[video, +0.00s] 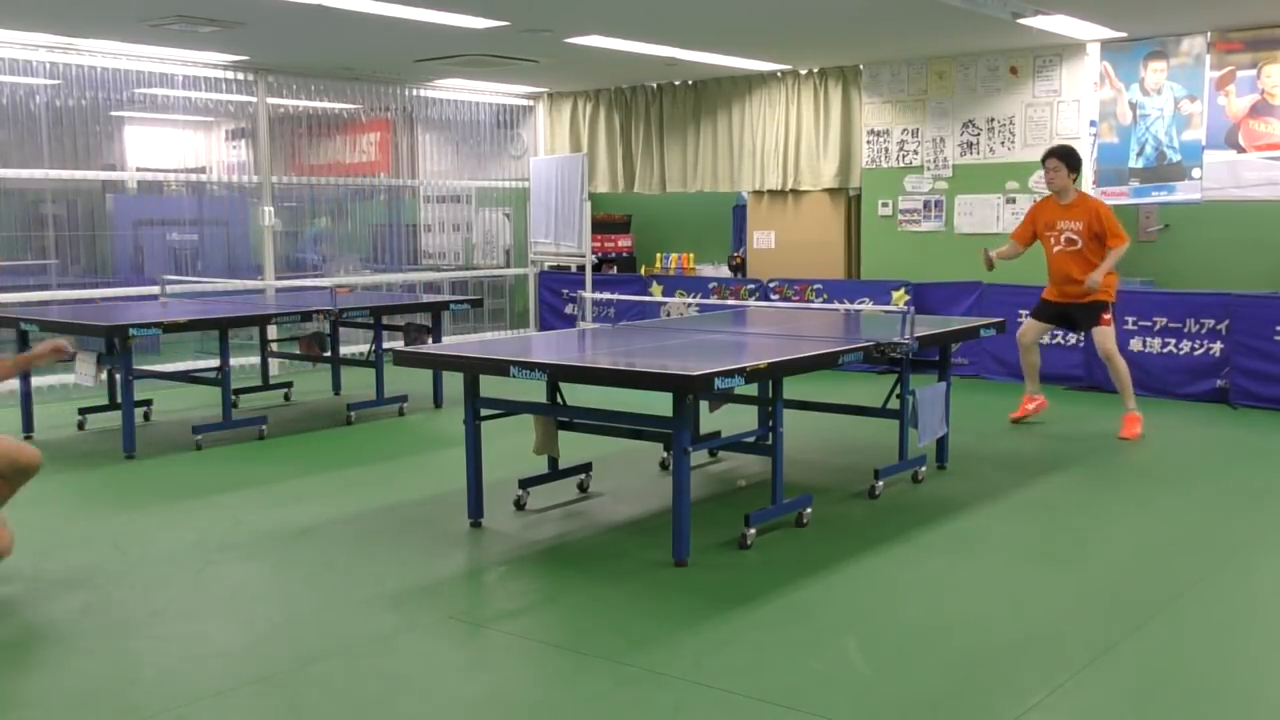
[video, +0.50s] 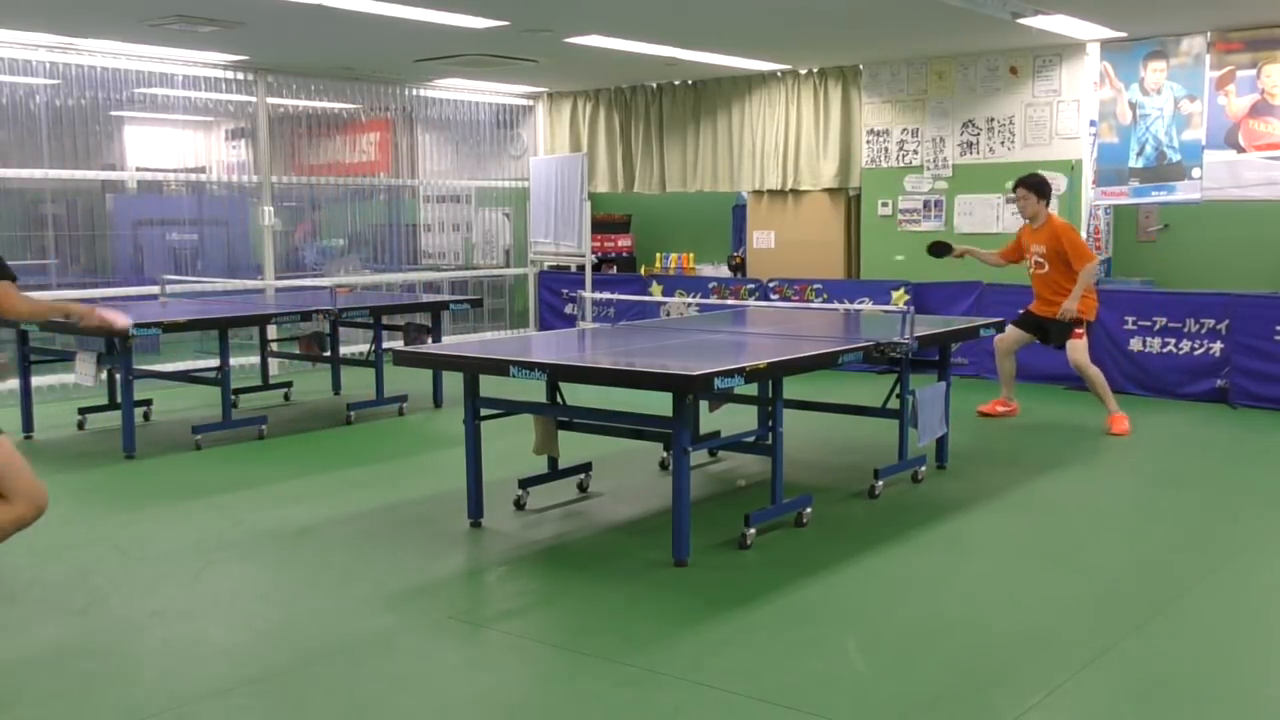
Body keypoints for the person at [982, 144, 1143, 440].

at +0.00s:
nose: (1048, 177)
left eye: (1054, 171)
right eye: (1046, 172)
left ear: (1072, 173)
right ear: (1044, 175)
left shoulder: (1095, 208)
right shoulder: (1040, 209)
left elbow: (1121, 242)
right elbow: (1017, 245)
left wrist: (1101, 271)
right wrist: (996, 255)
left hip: (1094, 295)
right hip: (1057, 295)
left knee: (1107, 350)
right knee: (1026, 338)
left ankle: (1132, 411)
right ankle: (1033, 396)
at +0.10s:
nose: (1038, 182)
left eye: (1044, 176)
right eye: (1035, 177)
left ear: (1062, 178)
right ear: (1033, 180)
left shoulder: (1084, 212)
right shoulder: (1033, 216)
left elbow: (1110, 246)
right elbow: (1021, 255)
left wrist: (1081, 272)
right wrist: (1000, 270)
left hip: (1087, 298)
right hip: (1050, 296)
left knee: (1094, 355)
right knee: (1020, 339)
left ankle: (1122, 410)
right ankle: (1010, 395)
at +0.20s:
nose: (1026, 198)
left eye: (1032, 193)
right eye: (1024, 193)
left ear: (1050, 195)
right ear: (1023, 195)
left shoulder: (1071, 227)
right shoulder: (1031, 232)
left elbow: (1097, 263)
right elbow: (1026, 270)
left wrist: (1072, 292)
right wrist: (1001, 288)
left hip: (1077, 309)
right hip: (1042, 308)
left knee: (1084, 363)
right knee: (1008, 350)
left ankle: (1120, 413)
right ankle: (1008, 402)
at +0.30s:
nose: (1014, 208)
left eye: (1019, 202)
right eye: (1012, 203)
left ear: (1037, 203)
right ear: (1013, 205)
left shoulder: (1059, 233)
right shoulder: (1026, 236)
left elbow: (1092, 268)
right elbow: (1028, 272)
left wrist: (1083, 307)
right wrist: (1002, 288)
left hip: (1071, 314)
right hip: (1038, 312)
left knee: (1079, 363)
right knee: (1001, 350)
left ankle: (1118, 413)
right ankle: (1006, 402)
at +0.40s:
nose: (1011, 209)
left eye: (1015, 203)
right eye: (1009, 204)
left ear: (1033, 204)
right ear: (1010, 205)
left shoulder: (1055, 232)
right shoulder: (1025, 236)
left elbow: (1089, 267)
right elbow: (1030, 269)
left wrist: (1079, 304)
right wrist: (997, 272)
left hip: (1070, 311)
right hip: (1038, 310)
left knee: (1076, 360)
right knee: (1001, 347)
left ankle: (1114, 411)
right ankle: (1007, 401)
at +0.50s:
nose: (1019, 205)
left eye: (1023, 199)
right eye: (1017, 200)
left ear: (1041, 200)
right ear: (1019, 201)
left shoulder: (1062, 229)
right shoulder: (1025, 233)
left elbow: (1091, 265)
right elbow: (1002, 258)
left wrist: (1074, 299)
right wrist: (970, 251)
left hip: (1074, 309)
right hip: (1042, 308)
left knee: (1079, 361)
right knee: (1003, 344)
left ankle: (1115, 413)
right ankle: (1007, 401)